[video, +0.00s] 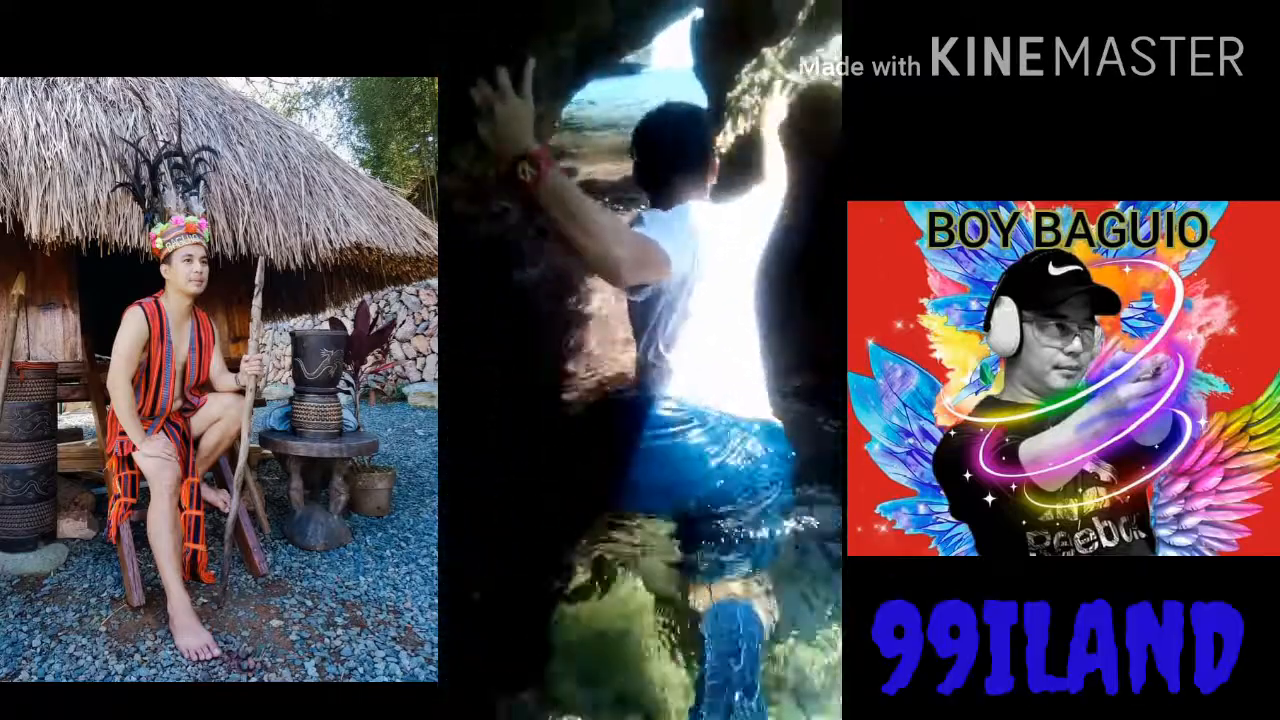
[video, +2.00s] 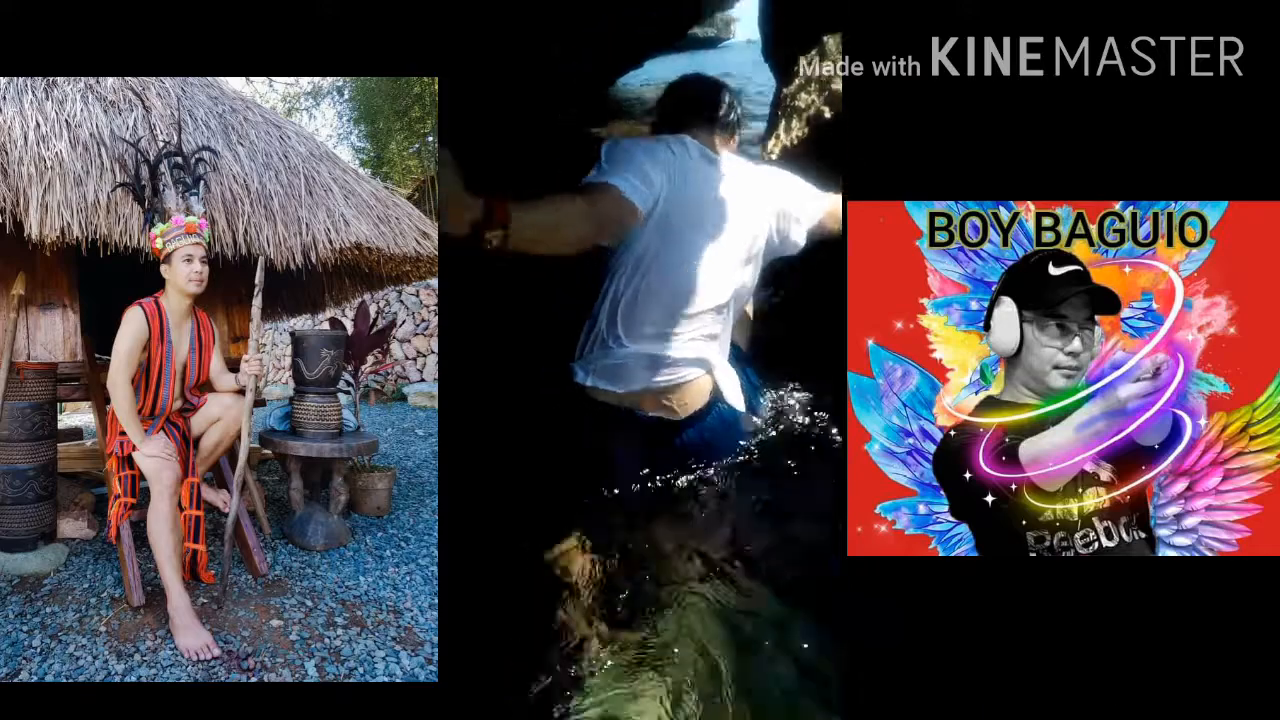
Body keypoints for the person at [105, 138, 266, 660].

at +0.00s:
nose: (198, 269)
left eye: (204, 261)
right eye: (187, 261)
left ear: (208, 267)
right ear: (164, 267)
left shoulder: (207, 324)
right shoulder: (142, 316)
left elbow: (220, 380)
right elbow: (117, 381)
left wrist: (243, 379)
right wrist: (138, 440)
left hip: (182, 419)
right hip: (141, 425)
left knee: (238, 406)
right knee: (168, 477)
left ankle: (192, 478)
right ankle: (179, 605)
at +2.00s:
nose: (198, 269)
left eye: (203, 260)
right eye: (187, 261)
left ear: (207, 267)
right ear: (164, 267)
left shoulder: (205, 322)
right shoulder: (142, 316)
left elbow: (220, 380)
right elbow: (117, 380)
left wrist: (242, 380)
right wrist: (138, 439)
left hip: (181, 419)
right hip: (141, 425)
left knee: (237, 407)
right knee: (169, 476)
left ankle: (191, 478)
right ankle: (179, 605)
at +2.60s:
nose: (198, 268)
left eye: (203, 260)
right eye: (187, 261)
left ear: (207, 266)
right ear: (164, 267)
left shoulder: (206, 323)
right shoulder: (142, 316)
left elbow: (221, 382)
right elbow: (117, 380)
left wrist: (244, 380)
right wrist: (138, 439)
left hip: (180, 420)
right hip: (140, 424)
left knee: (238, 406)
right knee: (169, 477)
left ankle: (191, 478)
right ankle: (179, 607)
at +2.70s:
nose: (198, 269)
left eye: (203, 260)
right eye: (187, 261)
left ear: (207, 266)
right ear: (164, 267)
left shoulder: (206, 323)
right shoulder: (142, 316)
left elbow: (220, 381)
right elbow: (117, 380)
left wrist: (242, 380)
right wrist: (138, 440)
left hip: (180, 419)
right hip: (140, 424)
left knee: (237, 407)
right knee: (169, 476)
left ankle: (191, 478)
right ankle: (179, 607)